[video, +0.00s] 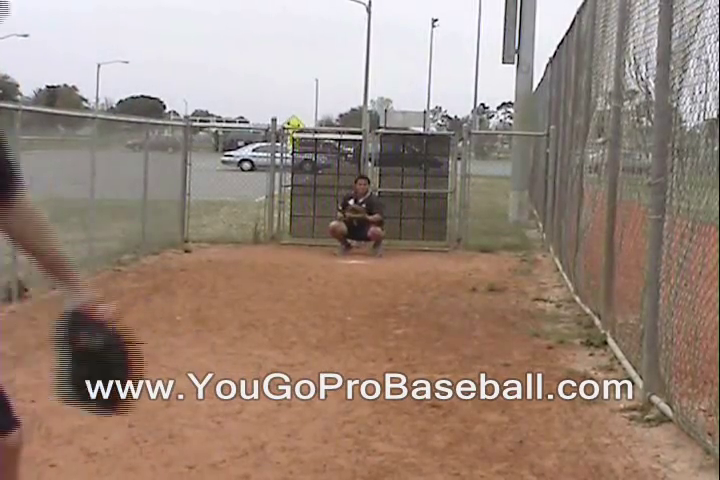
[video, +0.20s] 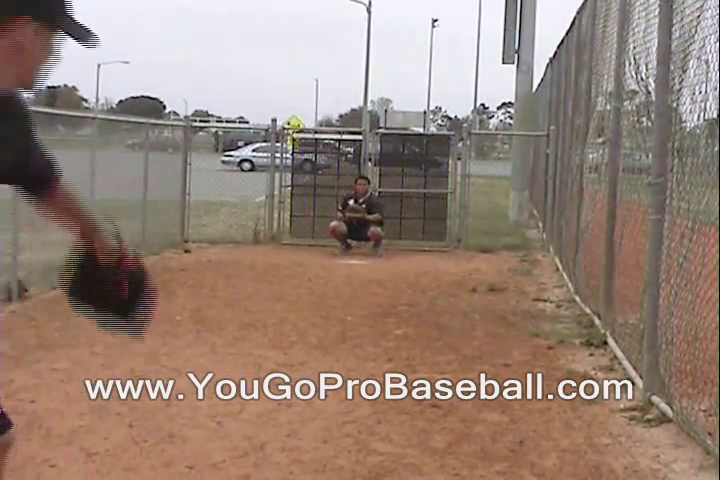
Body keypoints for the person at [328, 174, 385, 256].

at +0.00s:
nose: (362, 187)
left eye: (364, 185)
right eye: (360, 184)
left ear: (368, 186)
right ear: (355, 186)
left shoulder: (373, 200)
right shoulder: (348, 198)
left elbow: (379, 217)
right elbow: (339, 213)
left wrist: (364, 217)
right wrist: (346, 216)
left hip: (365, 227)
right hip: (350, 226)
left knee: (376, 231)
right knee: (334, 227)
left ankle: (376, 245)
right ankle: (346, 245)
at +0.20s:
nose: (362, 187)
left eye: (364, 185)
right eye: (359, 185)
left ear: (368, 187)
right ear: (355, 186)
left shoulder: (373, 200)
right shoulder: (348, 198)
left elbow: (378, 217)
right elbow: (339, 212)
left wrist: (363, 217)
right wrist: (345, 217)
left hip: (365, 227)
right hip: (350, 226)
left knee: (376, 231)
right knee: (334, 227)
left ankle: (376, 245)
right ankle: (346, 245)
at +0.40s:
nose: (362, 187)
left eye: (364, 185)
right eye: (359, 185)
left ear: (368, 187)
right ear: (355, 186)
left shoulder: (373, 200)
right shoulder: (348, 198)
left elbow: (378, 216)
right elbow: (338, 212)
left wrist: (364, 215)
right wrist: (346, 215)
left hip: (366, 227)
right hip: (351, 226)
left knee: (376, 231)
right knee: (334, 227)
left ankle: (377, 245)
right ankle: (346, 245)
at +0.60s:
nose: (361, 187)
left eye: (364, 184)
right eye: (359, 184)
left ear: (368, 186)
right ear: (355, 186)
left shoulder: (373, 199)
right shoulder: (349, 197)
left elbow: (380, 219)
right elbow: (338, 214)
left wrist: (364, 213)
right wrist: (347, 207)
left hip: (366, 227)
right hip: (351, 226)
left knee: (375, 231)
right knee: (334, 226)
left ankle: (377, 246)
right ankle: (346, 245)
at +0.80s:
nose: (362, 187)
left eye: (364, 184)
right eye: (359, 184)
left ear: (368, 186)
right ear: (355, 186)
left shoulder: (373, 200)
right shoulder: (349, 197)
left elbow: (378, 220)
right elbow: (337, 214)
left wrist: (361, 211)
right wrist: (347, 209)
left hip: (366, 227)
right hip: (350, 226)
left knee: (375, 231)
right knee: (334, 225)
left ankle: (377, 245)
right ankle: (346, 244)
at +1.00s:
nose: (361, 187)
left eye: (364, 184)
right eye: (359, 184)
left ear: (368, 186)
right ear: (354, 186)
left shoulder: (373, 199)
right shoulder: (349, 197)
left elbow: (378, 219)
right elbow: (338, 213)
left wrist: (363, 208)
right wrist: (348, 208)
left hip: (366, 227)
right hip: (351, 226)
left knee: (376, 231)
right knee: (334, 225)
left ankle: (377, 245)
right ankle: (346, 245)